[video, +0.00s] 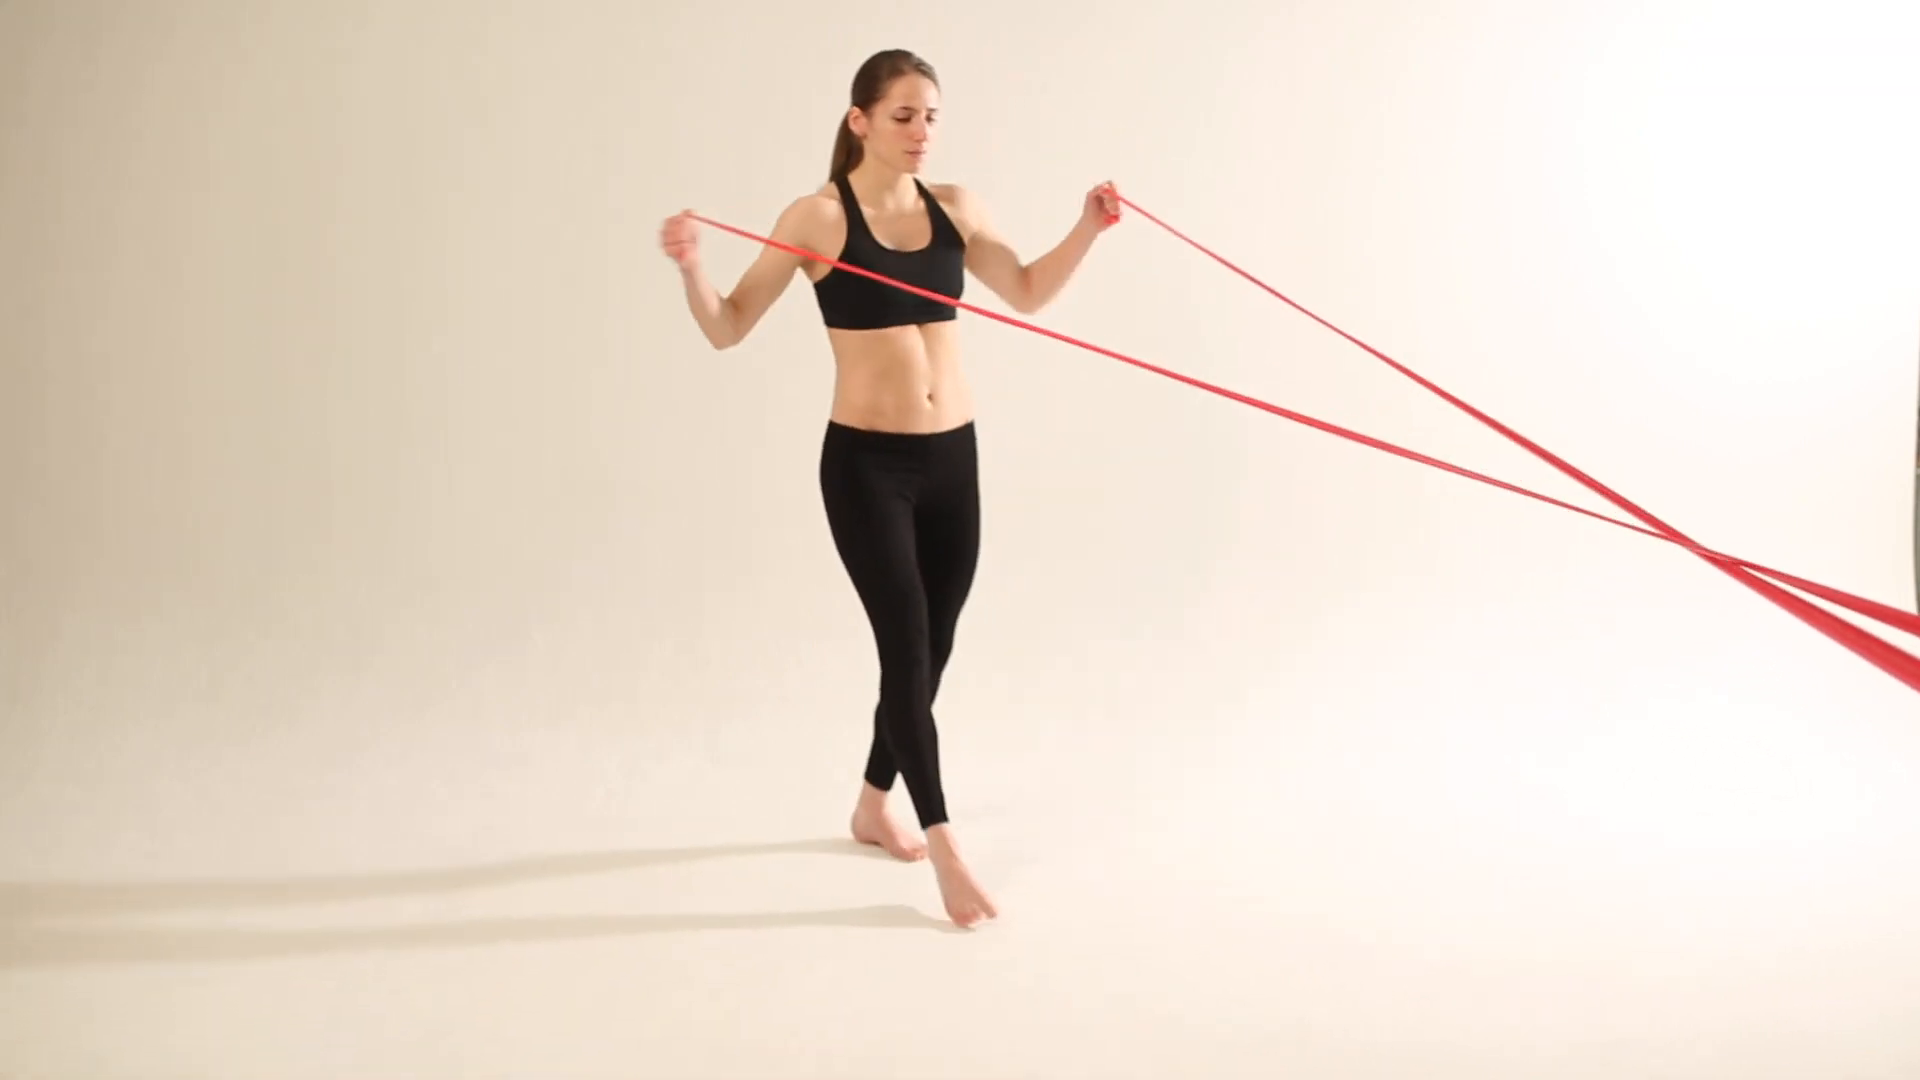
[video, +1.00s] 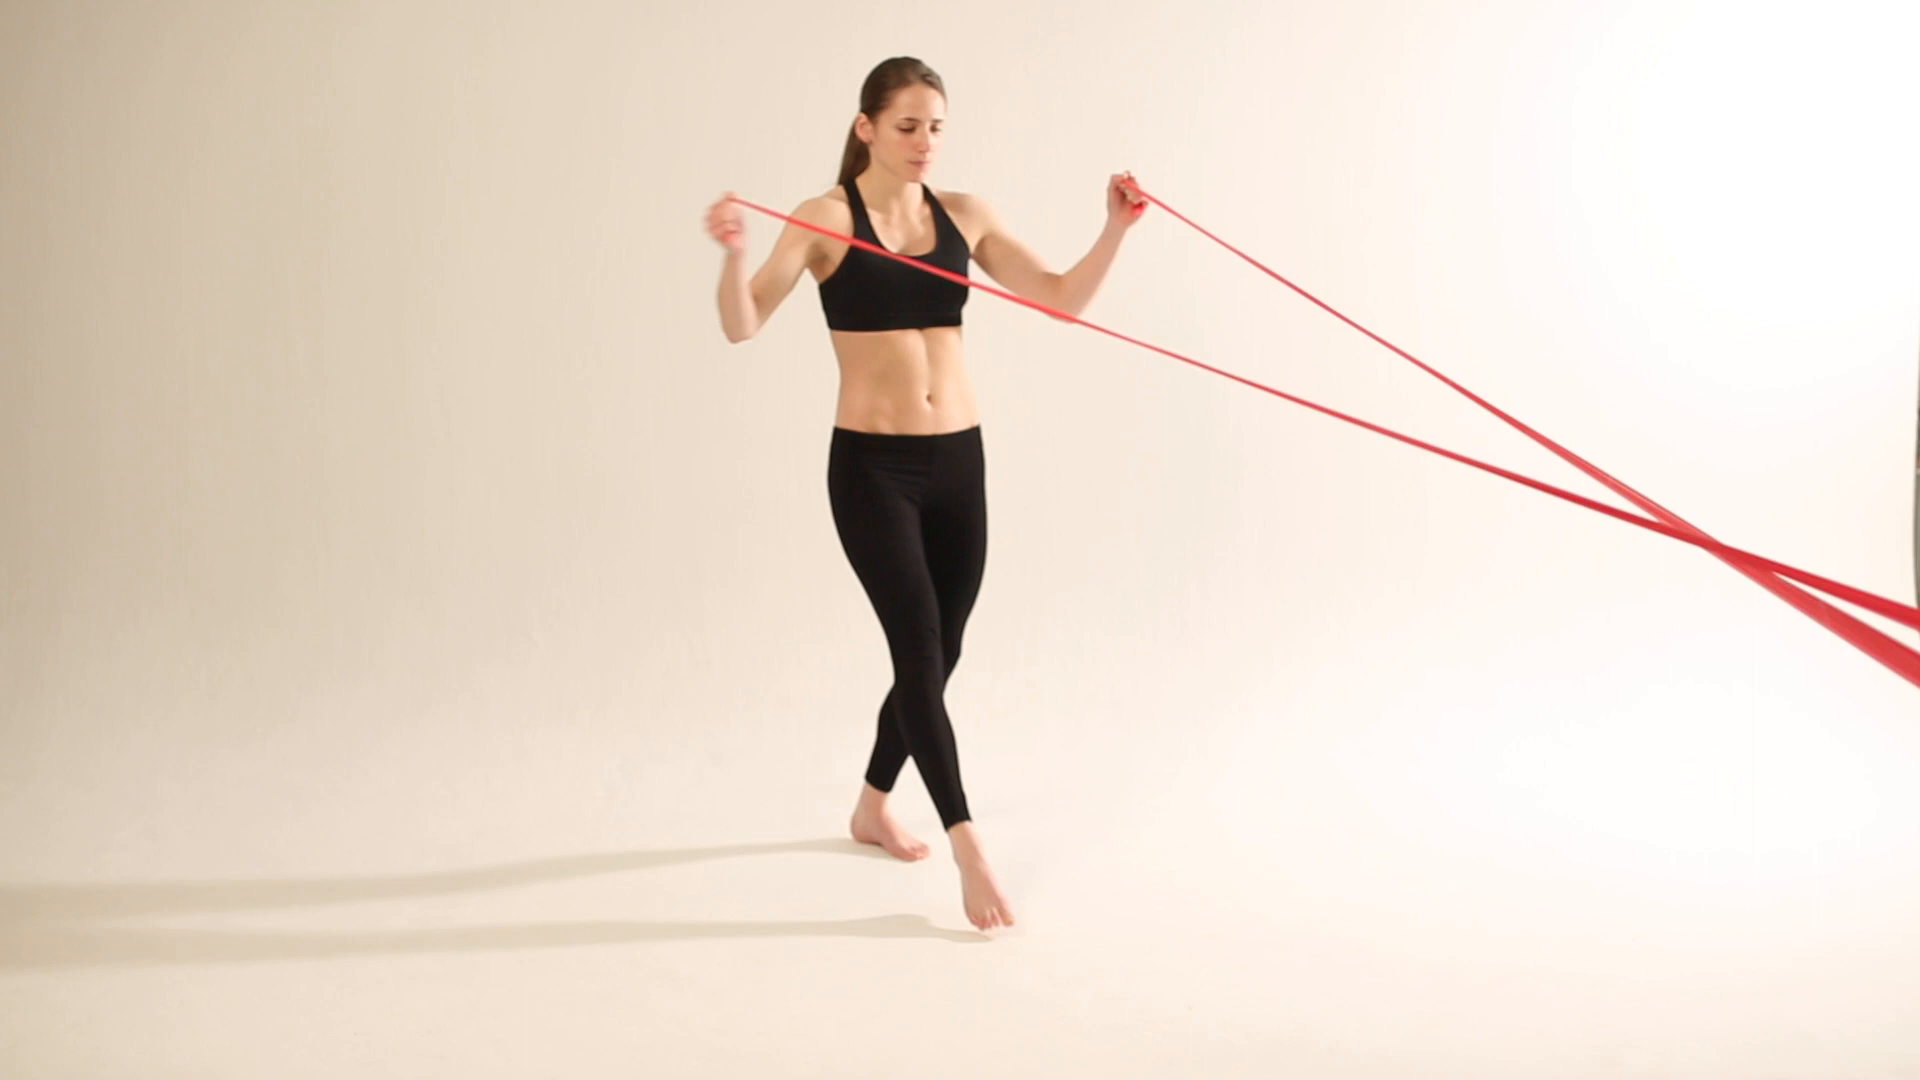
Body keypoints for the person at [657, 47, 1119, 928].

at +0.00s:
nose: (923, 131)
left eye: (931, 116)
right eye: (906, 116)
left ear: (936, 122)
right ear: (860, 121)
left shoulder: (952, 208)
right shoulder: (818, 216)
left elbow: (1026, 291)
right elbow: (727, 328)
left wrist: (1087, 228)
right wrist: (691, 269)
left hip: (953, 459)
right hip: (866, 462)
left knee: (929, 647)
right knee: (907, 649)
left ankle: (872, 802)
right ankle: (946, 853)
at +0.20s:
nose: (905, 132)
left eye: (913, 118)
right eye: (888, 117)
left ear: (921, 123)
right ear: (844, 120)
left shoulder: (935, 207)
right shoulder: (802, 215)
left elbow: (1004, 295)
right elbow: (708, 322)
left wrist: (1089, 235)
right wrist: (643, 267)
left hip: (934, 453)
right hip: (846, 455)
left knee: (916, 638)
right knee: (894, 637)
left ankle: (869, 805)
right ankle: (932, 832)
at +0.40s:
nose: (894, 137)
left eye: (903, 123)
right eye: (878, 122)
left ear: (913, 127)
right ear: (835, 123)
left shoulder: (928, 208)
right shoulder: (794, 215)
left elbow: (991, 307)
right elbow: (707, 326)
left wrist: (1077, 252)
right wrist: (637, 275)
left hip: (930, 452)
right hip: (842, 454)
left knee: (922, 635)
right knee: (885, 629)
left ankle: (871, 803)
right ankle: (924, 829)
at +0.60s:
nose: (896, 138)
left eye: (906, 125)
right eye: (880, 123)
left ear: (916, 129)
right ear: (839, 123)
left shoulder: (929, 210)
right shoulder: (796, 213)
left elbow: (992, 309)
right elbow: (708, 323)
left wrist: (1075, 253)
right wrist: (641, 268)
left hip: (931, 452)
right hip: (842, 453)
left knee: (924, 633)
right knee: (886, 627)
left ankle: (872, 802)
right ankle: (925, 826)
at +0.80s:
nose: (907, 141)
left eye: (916, 127)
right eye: (891, 126)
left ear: (926, 129)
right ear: (848, 126)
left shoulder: (939, 212)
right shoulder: (804, 216)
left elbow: (1012, 307)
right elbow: (715, 324)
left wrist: (1090, 242)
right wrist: (661, 260)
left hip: (940, 455)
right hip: (852, 457)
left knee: (924, 641)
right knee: (899, 636)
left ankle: (870, 805)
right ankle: (941, 832)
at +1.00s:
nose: (924, 142)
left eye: (935, 128)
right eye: (909, 126)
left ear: (942, 132)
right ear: (865, 125)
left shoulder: (961, 213)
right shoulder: (825, 216)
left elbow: (1061, 297)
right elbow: (742, 323)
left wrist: (1115, 227)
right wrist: (734, 255)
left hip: (958, 464)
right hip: (870, 464)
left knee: (940, 652)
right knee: (917, 649)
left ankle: (870, 801)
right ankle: (969, 849)